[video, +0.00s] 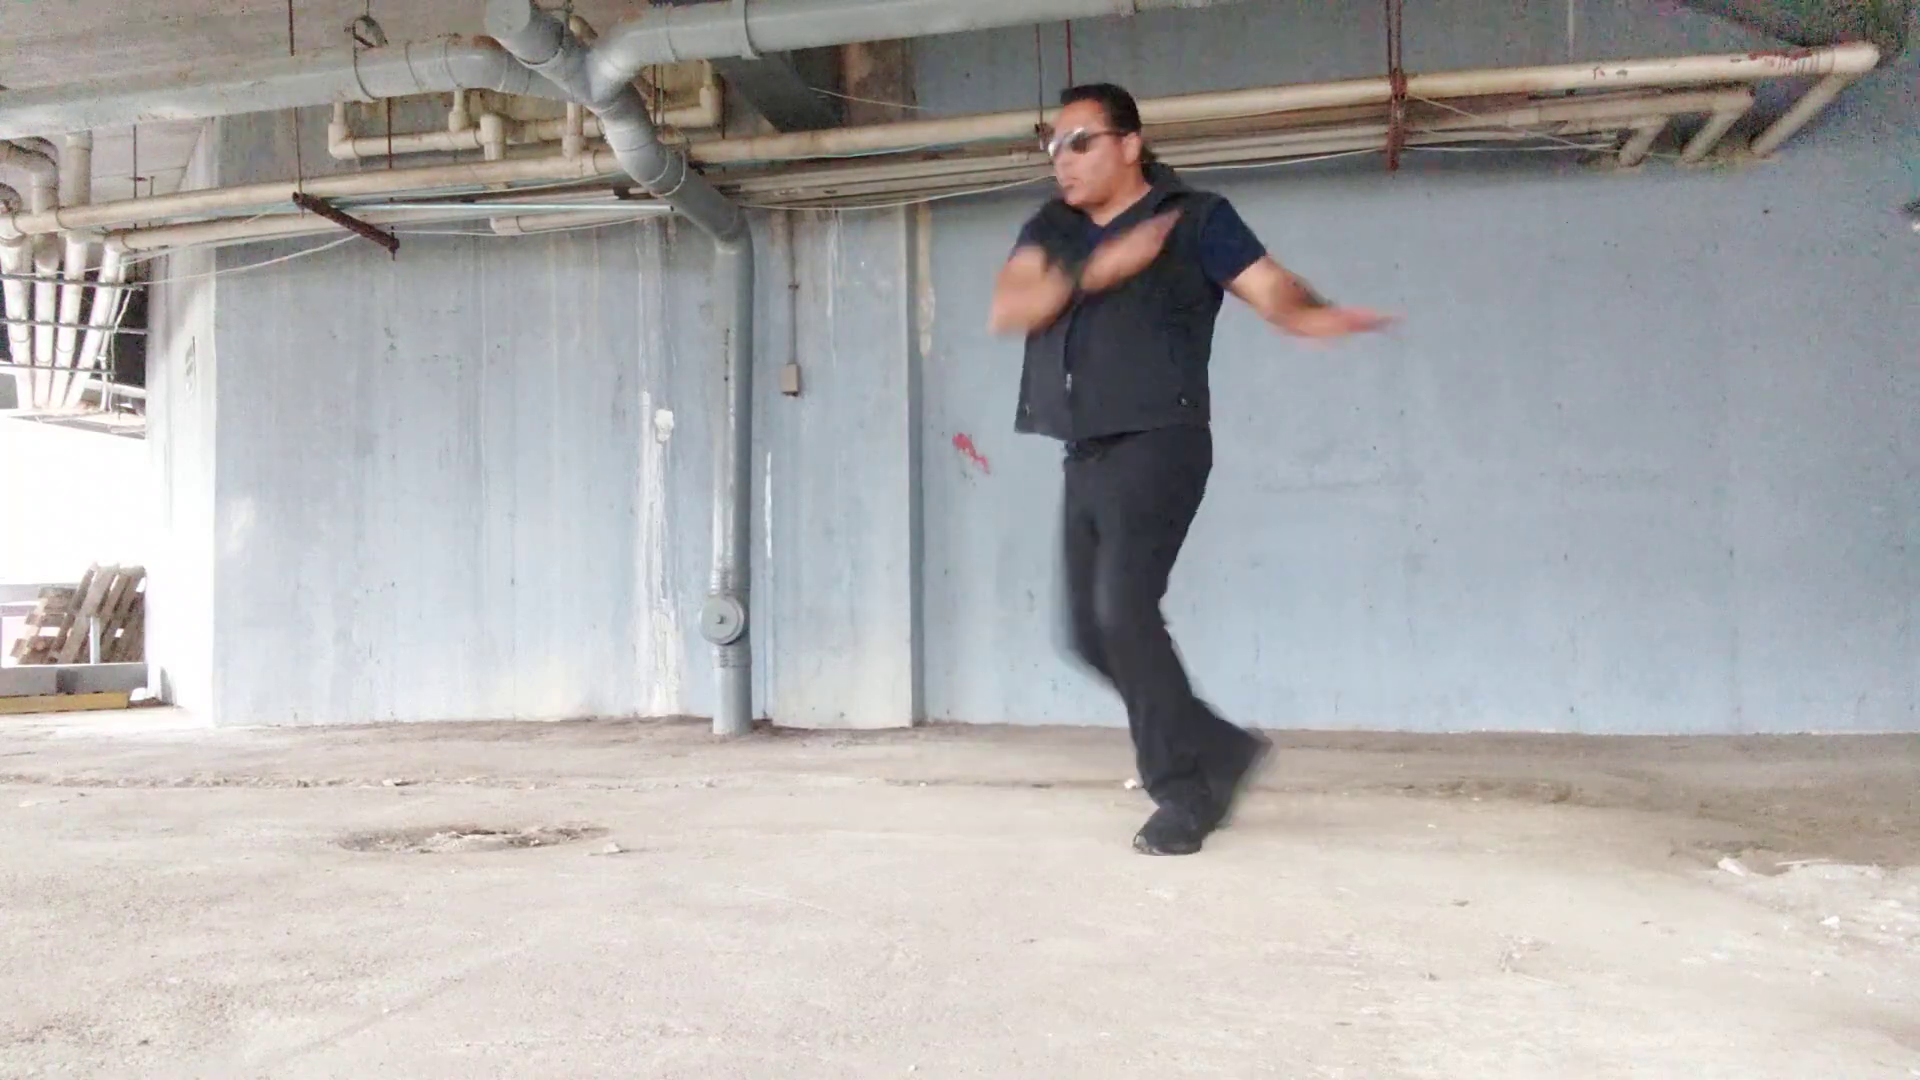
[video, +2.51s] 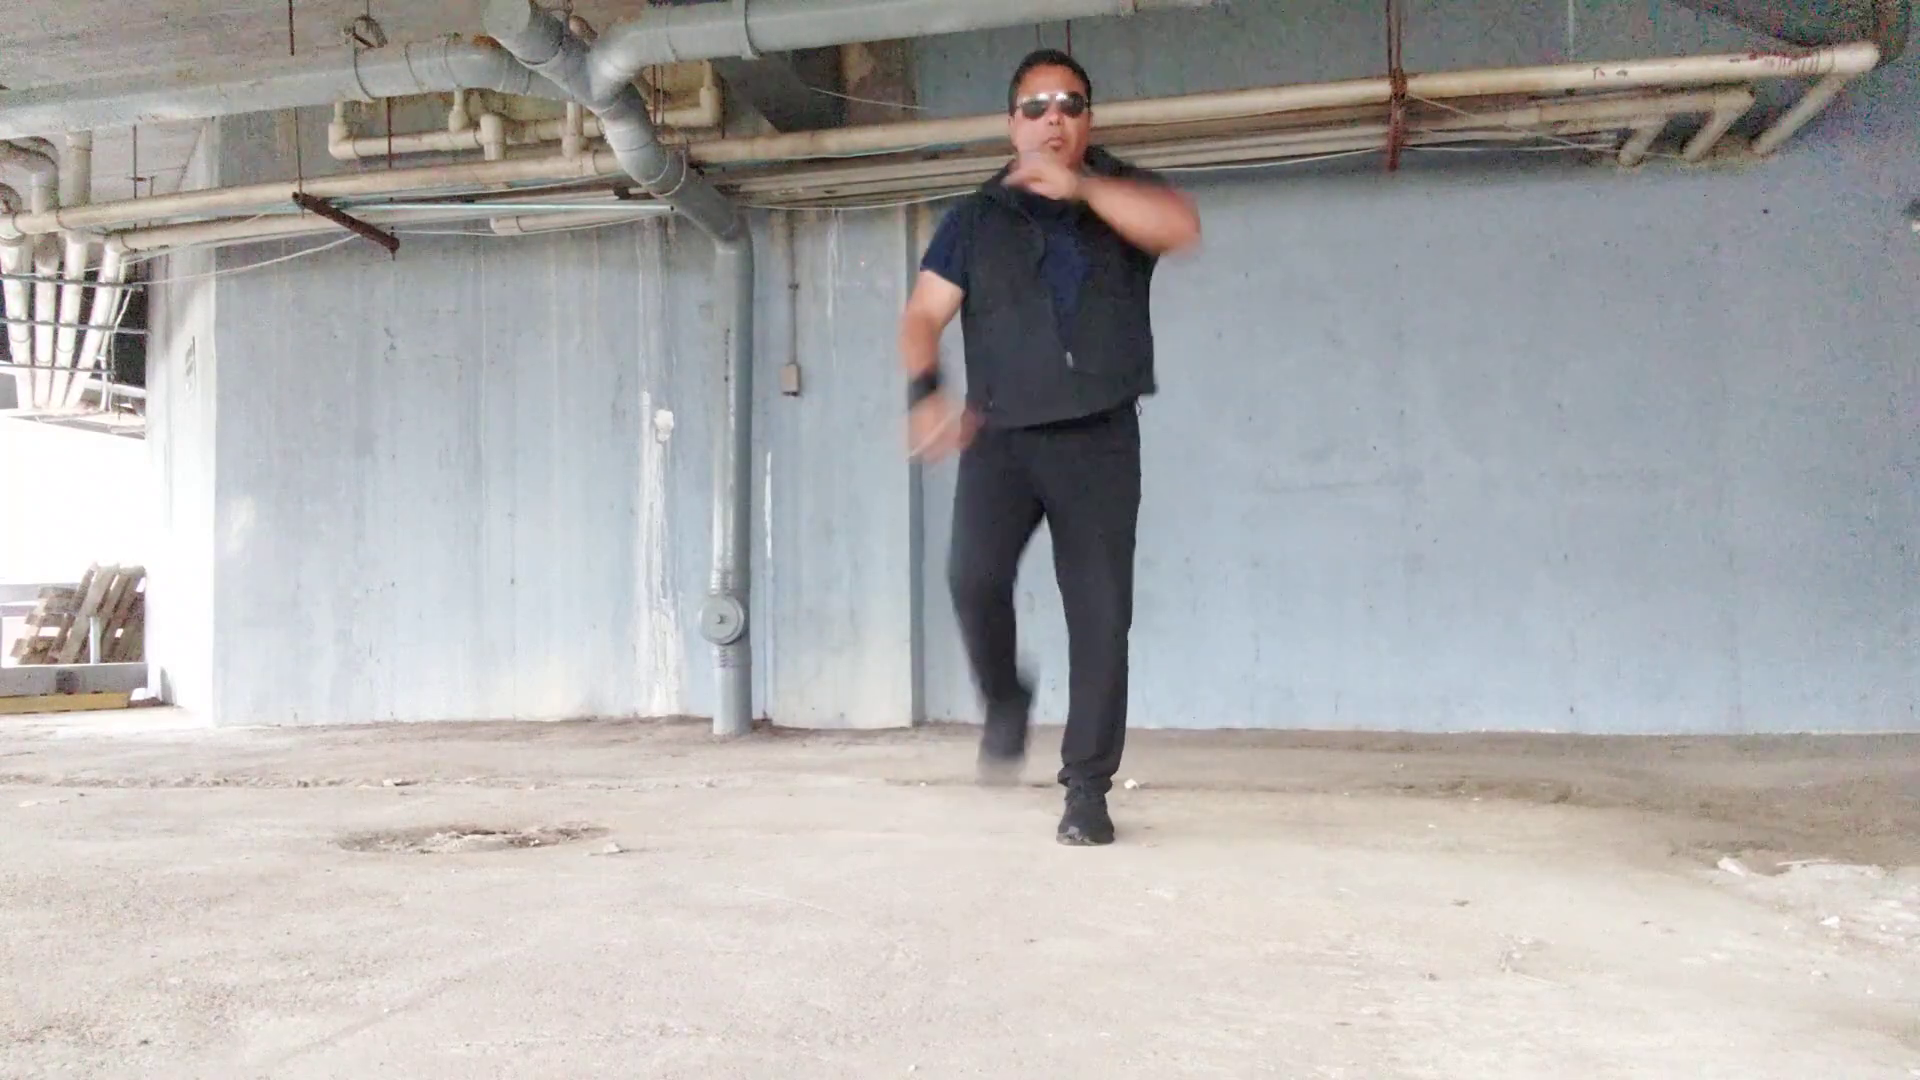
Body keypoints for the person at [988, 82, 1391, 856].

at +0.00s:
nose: (1063, 161)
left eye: (1079, 143)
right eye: (1055, 148)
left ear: (1130, 145)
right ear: (1052, 158)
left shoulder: (1193, 216)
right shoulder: (1056, 224)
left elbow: (1272, 288)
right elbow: (1006, 311)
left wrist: (1312, 315)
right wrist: (1097, 268)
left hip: (1161, 445)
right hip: (1087, 455)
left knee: (1124, 610)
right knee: (1089, 629)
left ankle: (1186, 790)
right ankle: (1220, 747)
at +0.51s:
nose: (999, 140)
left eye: (1016, 126)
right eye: (982, 127)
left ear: (1043, 138)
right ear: (961, 141)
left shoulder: (1081, 207)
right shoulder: (941, 203)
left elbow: (1175, 279)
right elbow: (911, 250)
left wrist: (1195, 332)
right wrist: (1019, 215)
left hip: (1053, 448)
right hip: (969, 453)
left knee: (1091, 610)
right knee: (966, 623)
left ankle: (1169, 787)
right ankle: (960, 801)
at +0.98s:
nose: (954, 171)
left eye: (967, 157)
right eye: (935, 157)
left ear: (983, 166)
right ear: (907, 166)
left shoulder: (1008, 249)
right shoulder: (865, 231)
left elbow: (1034, 336)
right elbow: (787, 300)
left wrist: (948, 315)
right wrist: (789, 365)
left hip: (980, 463)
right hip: (891, 459)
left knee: (1011, 617)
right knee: (881, 620)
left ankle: (961, 753)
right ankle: (842, 779)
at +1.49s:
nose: (979, 177)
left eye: (994, 161)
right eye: (961, 162)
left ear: (1015, 154)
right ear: (934, 157)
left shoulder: (1058, 213)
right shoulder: (900, 213)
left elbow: (1128, 275)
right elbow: (828, 246)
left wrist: (1118, 291)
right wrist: (816, 294)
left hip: (1020, 455)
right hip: (923, 454)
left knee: (1032, 623)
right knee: (885, 606)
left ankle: (1040, 801)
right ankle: (890, 762)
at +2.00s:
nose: (1050, 147)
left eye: (1065, 132)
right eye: (1033, 132)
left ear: (1087, 140)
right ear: (1007, 140)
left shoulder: (1126, 228)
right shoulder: (964, 223)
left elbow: (1163, 324)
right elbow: (908, 316)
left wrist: (1181, 387)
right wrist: (946, 329)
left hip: (1091, 453)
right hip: (992, 455)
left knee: (1090, 624)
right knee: (993, 622)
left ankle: (1086, 790)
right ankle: (1016, 766)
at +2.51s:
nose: (1053, 117)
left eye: (1068, 105)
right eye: (1035, 107)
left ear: (1089, 121)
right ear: (1012, 125)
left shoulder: (1121, 194)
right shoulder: (977, 217)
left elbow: (1181, 229)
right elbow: (920, 317)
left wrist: (1079, 184)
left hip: (1097, 438)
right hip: (1000, 439)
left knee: (1099, 614)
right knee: (973, 578)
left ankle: (1088, 786)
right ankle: (1003, 698)